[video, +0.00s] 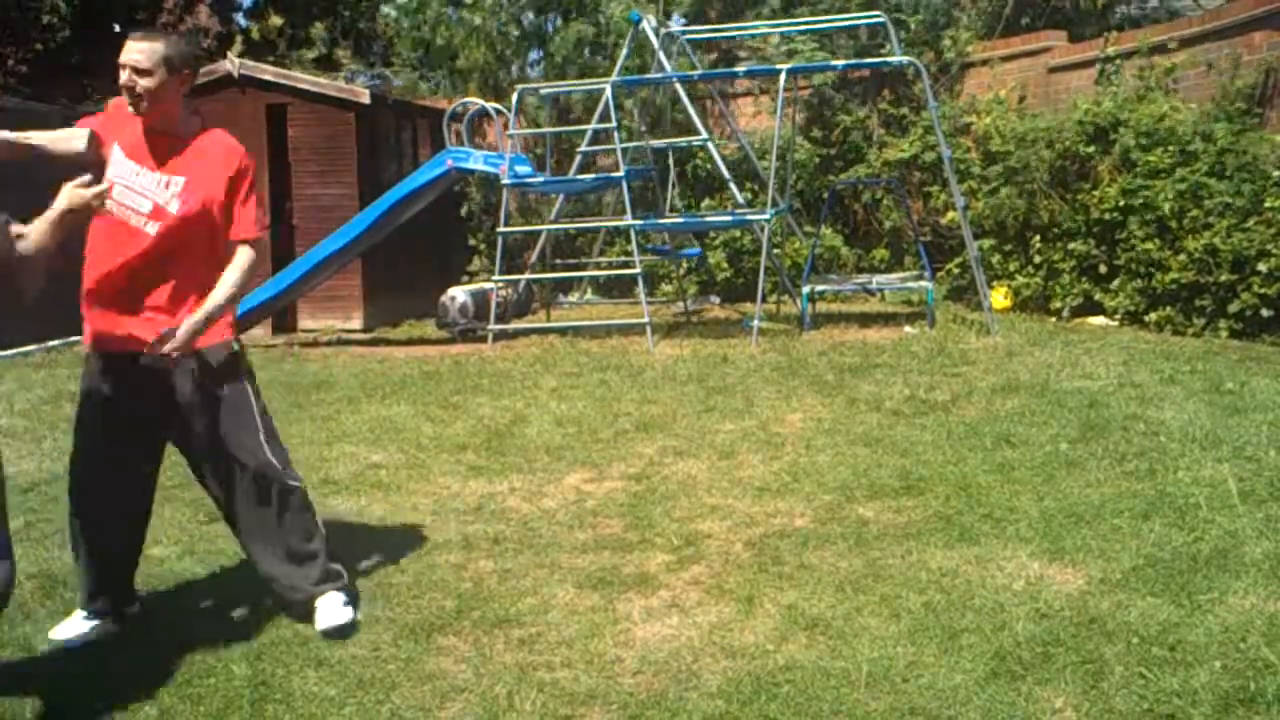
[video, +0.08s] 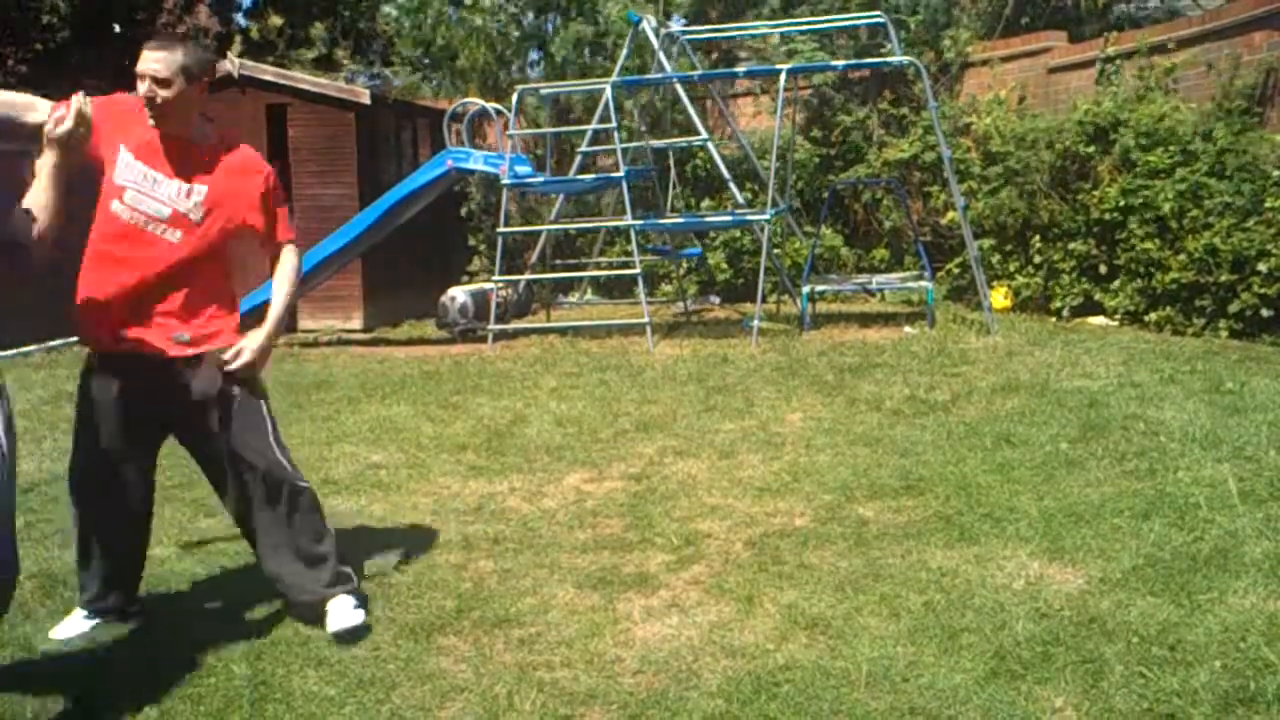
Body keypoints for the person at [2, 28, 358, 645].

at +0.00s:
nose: (126, 81)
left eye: (140, 72)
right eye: (122, 69)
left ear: (181, 81)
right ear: (120, 73)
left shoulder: (225, 157)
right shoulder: (115, 122)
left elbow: (249, 250)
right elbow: (62, 142)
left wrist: (196, 320)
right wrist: (8, 138)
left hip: (200, 350)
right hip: (116, 352)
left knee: (258, 471)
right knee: (101, 486)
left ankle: (323, 586)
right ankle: (106, 604)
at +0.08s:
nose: (146, 92)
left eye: (161, 83)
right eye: (141, 78)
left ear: (202, 87)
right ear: (135, 70)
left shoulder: (245, 171)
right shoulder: (114, 117)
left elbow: (288, 249)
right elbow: (17, 108)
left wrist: (268, 332)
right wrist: (45, 119)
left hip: (206, 353)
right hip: (118, 352)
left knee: (266, 474)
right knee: (104, 484)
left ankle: (330, 589)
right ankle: (106, 602)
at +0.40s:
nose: (196, 50)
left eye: (210, 38)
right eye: (192, 39)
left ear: (254, 44)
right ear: (193, 46)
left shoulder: (310, 112)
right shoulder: (191, 107)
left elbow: (391, 172)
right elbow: (125, 160)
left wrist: (449, 221)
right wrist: (45, 148)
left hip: (292, 334)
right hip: (217, 329)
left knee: (316, 480)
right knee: (183, 472)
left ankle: (349, 604)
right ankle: (207, 589)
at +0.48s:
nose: (201, 41)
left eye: (214, 28)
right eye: (198, 29)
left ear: (258, 33)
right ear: (210, 39)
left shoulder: (310, 85)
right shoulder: (218, 104)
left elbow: (375, 117)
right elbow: (192, 188)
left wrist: (406, 131)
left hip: (319, 310)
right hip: (257, 313)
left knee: (320, 471)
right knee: (229, 463)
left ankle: (405, 582)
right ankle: (306, 593)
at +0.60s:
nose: (232, 67)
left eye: (243, 53)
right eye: (227, 55)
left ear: (278, 54)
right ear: (230, 61)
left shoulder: (318, 114)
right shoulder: (263, 129)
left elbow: (330, 93)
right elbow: (296, 225)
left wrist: (289, 44)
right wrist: (271, 264)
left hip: (343, 338)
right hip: (296, 341)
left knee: (354, 482)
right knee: (273, 482)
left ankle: (492, 608)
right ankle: (322, 613)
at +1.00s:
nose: (443, 21)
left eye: (459, 9)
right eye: (438, 10)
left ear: (505, 21)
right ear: (436, 23)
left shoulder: (551, 109)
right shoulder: (412, 85)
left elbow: (586, 218)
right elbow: (320, 99)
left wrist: (495, 215)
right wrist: (236, 69)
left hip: (520, 342)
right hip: (434, 337)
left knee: (540, 496)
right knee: (426, 495)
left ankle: (589, 658)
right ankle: (500, 578)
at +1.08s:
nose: (470, 42)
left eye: (487, 28)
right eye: (466, 27)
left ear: (532, 42)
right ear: (460, 32)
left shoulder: (570, 128)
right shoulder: (436, 98)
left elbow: (620, 219)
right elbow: (342, 114)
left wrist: (564, 272)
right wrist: (314, 126)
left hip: (546, 347)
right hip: (463, 348)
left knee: (575, 508)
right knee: (458, 509)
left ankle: (654, 663)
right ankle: (533, 596)